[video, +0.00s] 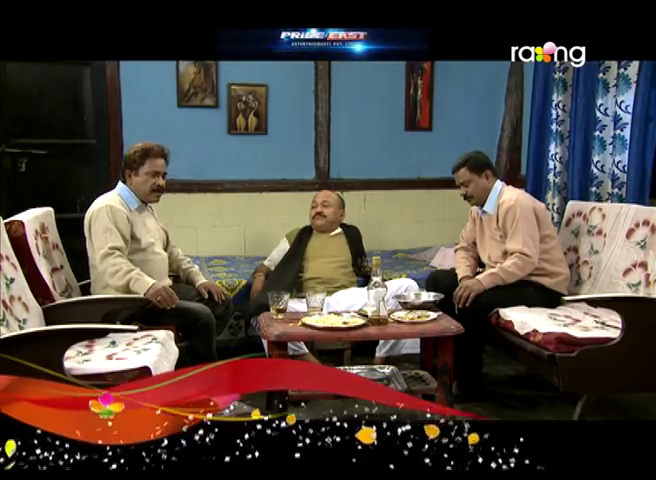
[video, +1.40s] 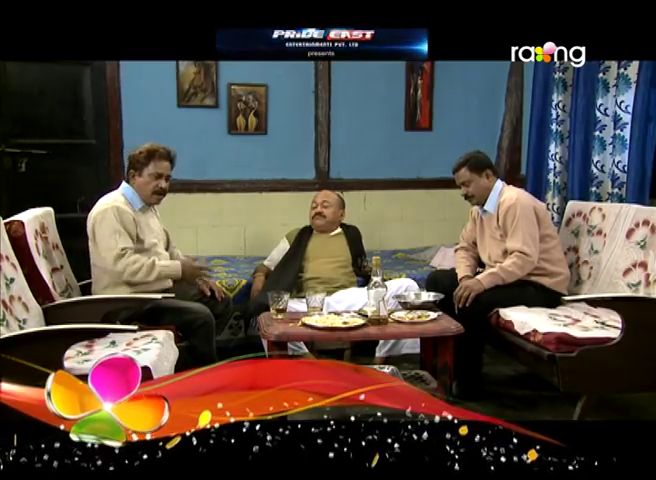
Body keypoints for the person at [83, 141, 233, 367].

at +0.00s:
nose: (160, 183)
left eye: (163, 176)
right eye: (153, 175)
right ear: (130, 175)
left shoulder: (145, 210)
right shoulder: (108, 208)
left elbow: (171, 253)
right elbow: (110, 263)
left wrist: (200, 280)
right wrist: (147, 286)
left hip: (160, 292)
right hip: (127, 303)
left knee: (220, 303)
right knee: (201, 317)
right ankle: (205, 385)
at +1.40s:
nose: (164, 185)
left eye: (167, 179)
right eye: (156, 177)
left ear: (171, 179)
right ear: (134, 176)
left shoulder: (147, 209)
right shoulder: (111, 209)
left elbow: (168, 252)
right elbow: (124, 266)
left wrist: (197, 278)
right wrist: (178, 270)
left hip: (156, 294)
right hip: (126, 303)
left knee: (219, 303)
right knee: (200, 317)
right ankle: (205, 385)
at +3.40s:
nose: (185, 192)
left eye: (189, 186)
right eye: (179, 183)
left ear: (193, 188)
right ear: (157, 179)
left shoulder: (163, 216)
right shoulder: (132, 209)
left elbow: (181, 259)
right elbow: (148, 263)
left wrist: (203, 283)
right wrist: (169, 245)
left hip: (156, 296)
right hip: (128, 305)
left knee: (218, 303)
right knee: (201, 319)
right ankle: (204, 386)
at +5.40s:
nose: (161, 184)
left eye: (165, 178)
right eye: (154, 176)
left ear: (169, 181)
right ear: (133, 176)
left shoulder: (147, 211)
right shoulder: (112, 206)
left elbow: (173, 257)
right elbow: (146, 245)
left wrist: (200, 281)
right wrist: (167, 223)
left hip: (158, 294)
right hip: (127, 303)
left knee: (218, 303)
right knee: (200, 318)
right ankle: (204, 384)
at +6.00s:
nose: (159, 178)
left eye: (162, 173)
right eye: (151, 171)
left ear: (164, 178)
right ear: (129, 175)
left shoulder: (144, 210)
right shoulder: (110, 203)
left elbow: (170, 256)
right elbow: (121, 240)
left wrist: (199, 280)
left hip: (157, 293)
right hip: (126, 301)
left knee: (218, 302)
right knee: (201, 317)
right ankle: (203, 383)